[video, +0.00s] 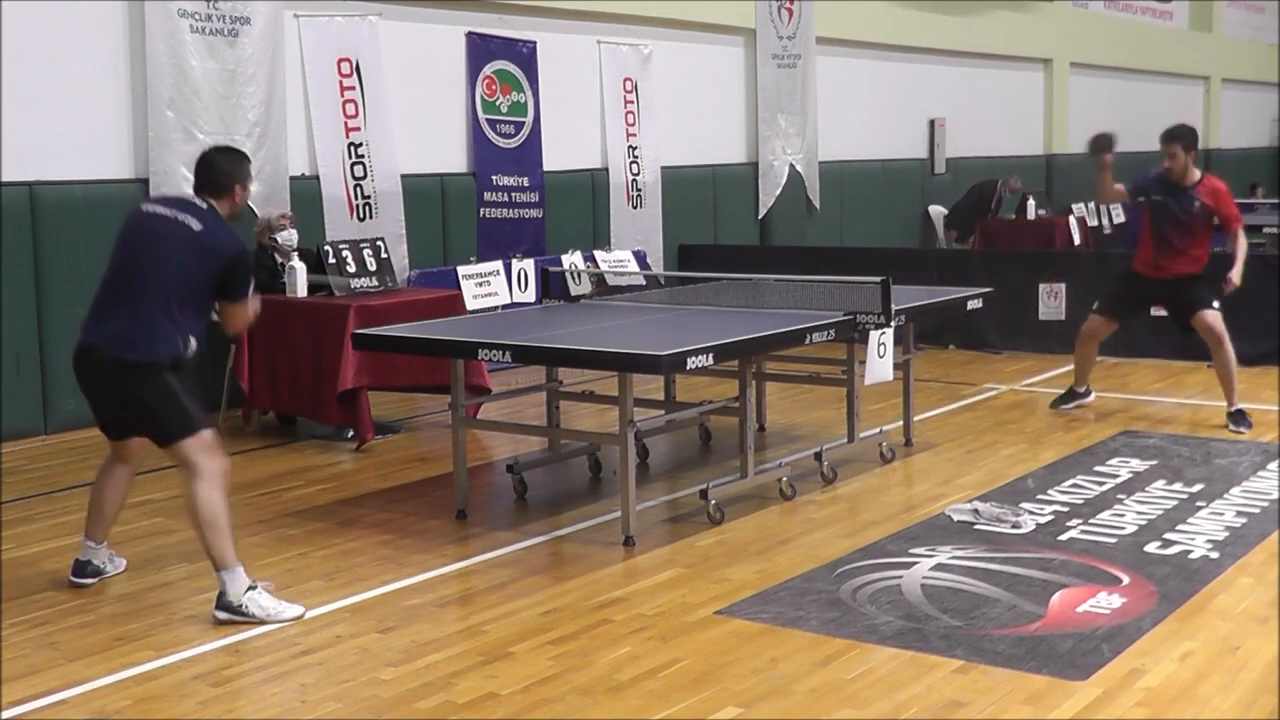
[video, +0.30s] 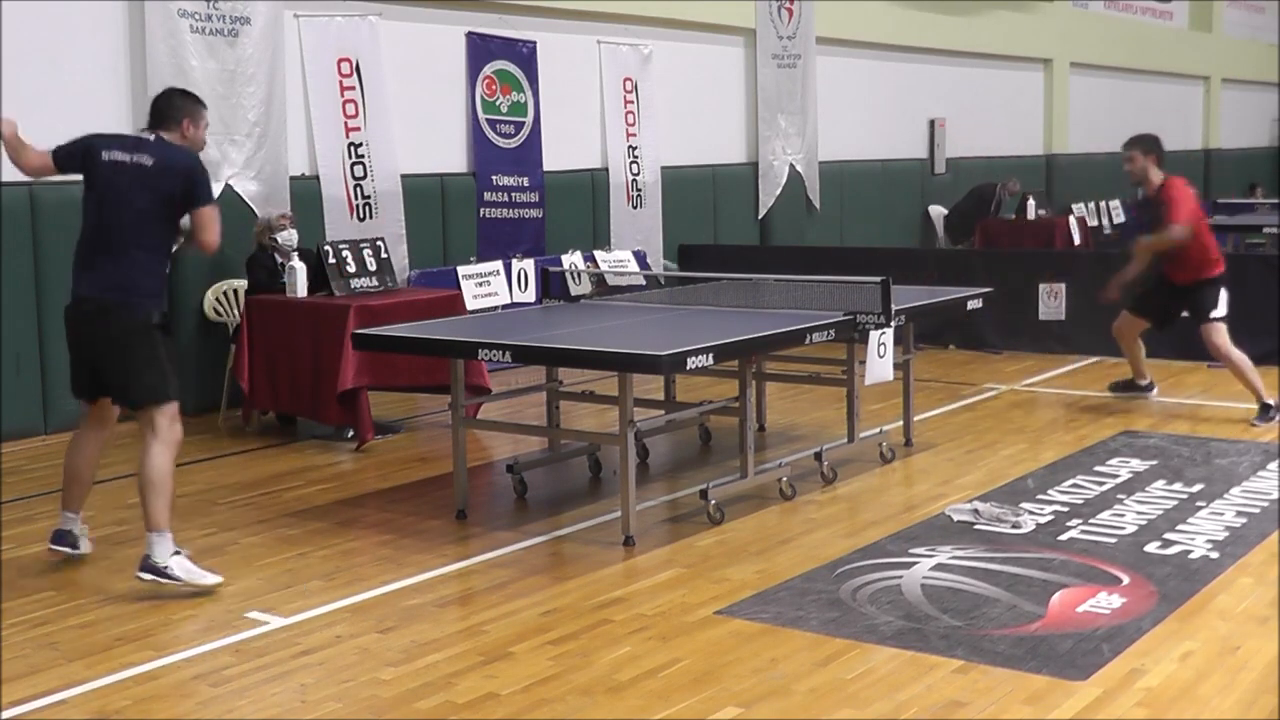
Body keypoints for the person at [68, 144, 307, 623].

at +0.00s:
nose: (247, 196)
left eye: (246, 188)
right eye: (247, 189)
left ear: (198, 181)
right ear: (236, 192)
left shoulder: (148, 210)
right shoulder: (227, 244)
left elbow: (155, 277)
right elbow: (234, 322)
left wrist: (223, 289)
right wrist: (252, 295)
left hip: (93, 355)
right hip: (145, 363)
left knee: (124, 452)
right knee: (209, 461)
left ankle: (92, 555)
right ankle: (236, 589)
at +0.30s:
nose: (205, 139)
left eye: (205, 130)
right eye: (203, 129)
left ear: (155, 121)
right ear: (187, 125)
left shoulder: (102, 148)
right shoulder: (189, 166)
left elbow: (32, 162)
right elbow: (209, 242)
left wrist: (10, 137)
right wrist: (181, 230)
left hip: (85, 308)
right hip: (135, 313)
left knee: (98, 416)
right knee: (165, 425)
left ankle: (68, 526)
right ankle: (161, 552)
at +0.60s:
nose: (213, 162)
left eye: (209, 154)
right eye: (209, 155)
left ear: (165, 160)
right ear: (196, 161)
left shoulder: (122, 199)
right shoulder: (193, 217)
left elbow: (88, 261)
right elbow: (207, 293)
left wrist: (97, 323)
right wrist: (248, 318)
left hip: (106, 353)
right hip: (154, 359)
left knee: (94, 442)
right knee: (222, 449)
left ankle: (47, 533)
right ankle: (182, 560)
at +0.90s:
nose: (318, 192)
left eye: (316, 184)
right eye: (316, 185)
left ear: (272, 188)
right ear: (305, 191)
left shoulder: (234, 224)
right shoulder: (290, 244)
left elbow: (234, 301)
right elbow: (295, 330)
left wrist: (298, 319)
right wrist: (343, 350)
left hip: (193, 373)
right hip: (236, 380)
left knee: (206, 460)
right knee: (340, 444)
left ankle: (148, 547)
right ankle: (354, 564)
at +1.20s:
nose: (345, 192)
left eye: (344, 183)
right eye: (340, 183)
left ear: (295, 186)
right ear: (320, 189)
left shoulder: (245, 210)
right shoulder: (301, 237)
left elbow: (270, 272)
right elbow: (355, 297)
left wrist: (321, 255)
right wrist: (415, 277)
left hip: (204, 362)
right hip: (243, 366)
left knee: (223, 455)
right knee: (330, 444)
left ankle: (153, 542)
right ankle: (360, 563)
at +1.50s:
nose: (285, 132)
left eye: (283, 123)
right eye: (281, 124)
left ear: (240, 128)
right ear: (263, 129)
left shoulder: (202, 165)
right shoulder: (240, 181)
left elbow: (167, 216)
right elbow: (214, 259)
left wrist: (249, 232)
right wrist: (273, 297)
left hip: (177, 323)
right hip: (210, 328)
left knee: (194, 431)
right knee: (229, 447)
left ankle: (147, 524)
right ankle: (170, 568)